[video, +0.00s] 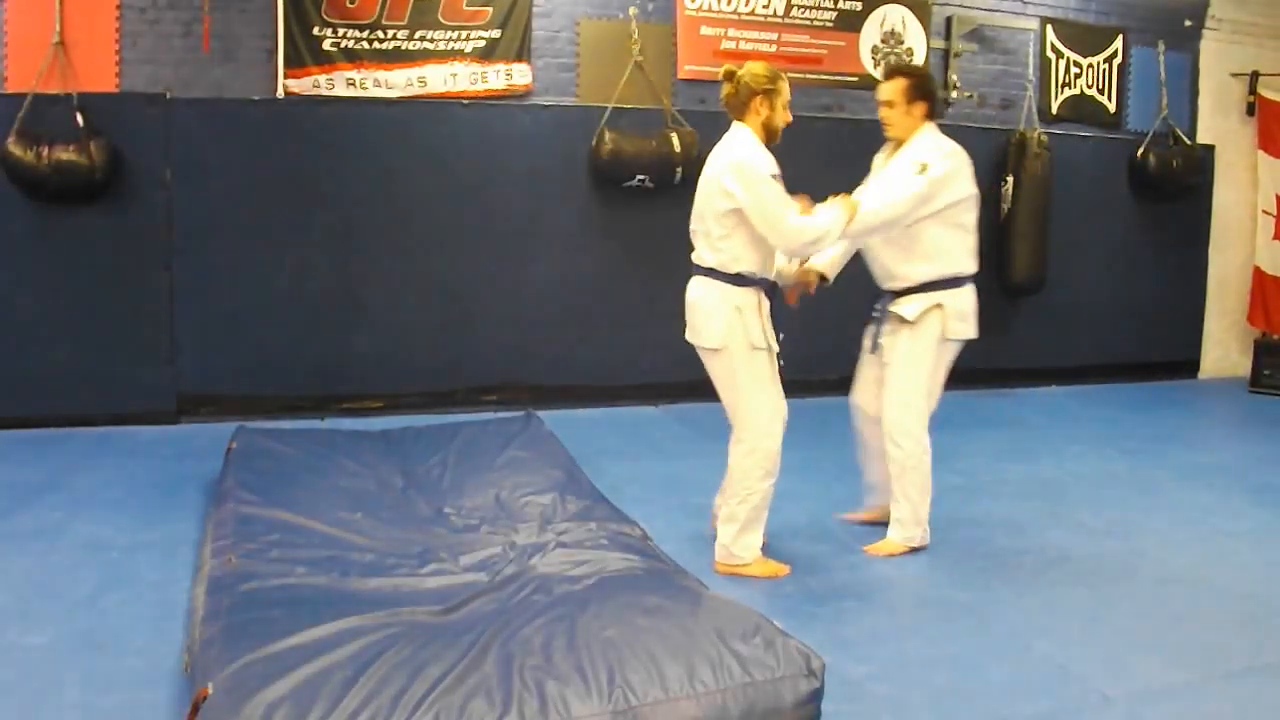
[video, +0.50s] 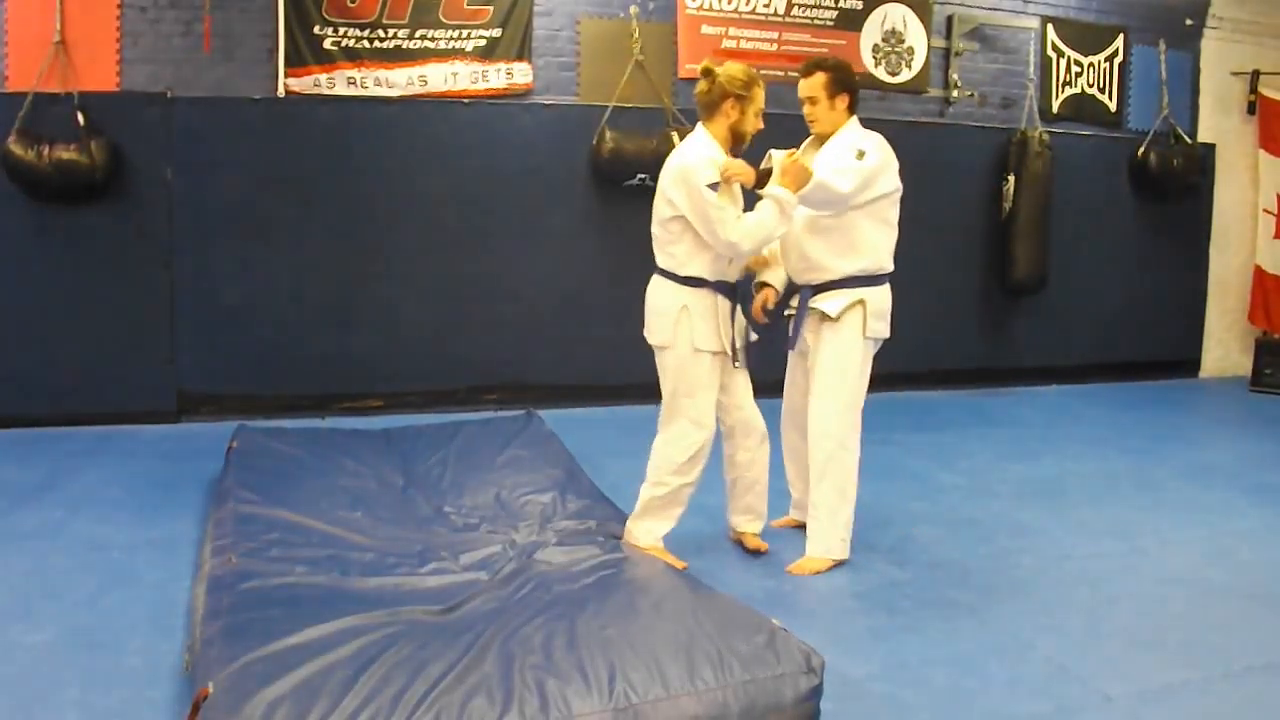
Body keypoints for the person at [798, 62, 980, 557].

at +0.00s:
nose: (881, 114)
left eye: (890, 105)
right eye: (880, 105)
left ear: (921, 108)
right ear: (887, 108)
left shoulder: (941, 158)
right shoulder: (889, 158)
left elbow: (881, 211)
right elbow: (858, 219)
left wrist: (820, 219)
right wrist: (819, 268)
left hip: (937, 304)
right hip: (899, 302)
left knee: (904, 414)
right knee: (868, 403)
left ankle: (911, 530)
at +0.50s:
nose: (805, 112)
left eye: (812, 103)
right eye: (802, 104)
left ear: (843, 101)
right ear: (810, 104)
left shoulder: (871, 149)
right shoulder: (806, 153)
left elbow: (830, 189)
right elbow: (780, 219)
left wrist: (761, 172)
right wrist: (770, 281)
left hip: (853, 303)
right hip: (813, 302)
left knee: (833, 421)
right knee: (798, 411)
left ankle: (832, 545)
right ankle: (806, 509)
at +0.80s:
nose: (806, 115)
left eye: (815, 106)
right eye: (803, 106)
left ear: (845, 104)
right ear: (808, 106)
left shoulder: (882, 159)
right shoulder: (811, 156)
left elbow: (850, 222)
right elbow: (792, 221)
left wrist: (802, 215)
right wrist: (770, 280)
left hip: (858, 304)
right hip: (814, 303)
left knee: (838, 422)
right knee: (801, 411)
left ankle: (832, 545)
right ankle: (807, 507)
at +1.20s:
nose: (880, 119)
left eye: (888, 111)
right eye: (877, 111)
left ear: (918, 112)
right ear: (880, 113)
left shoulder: (949, 168)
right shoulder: (883, 162)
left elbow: (933, 240)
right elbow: (862, 227)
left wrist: (884, 287)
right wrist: (838, 275)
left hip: (924, 306)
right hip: (876, 301)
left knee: (906, 409)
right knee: (847, 403)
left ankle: (967, 498)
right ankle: (823, 504)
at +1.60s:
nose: (977, 116)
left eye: (987, 108)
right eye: (975, 107)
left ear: (1014, 114)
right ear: (974, 110)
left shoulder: (1044, 168)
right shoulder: (970, 162)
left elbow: (1047, 240)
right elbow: (952, 226)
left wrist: (996, 283)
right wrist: (941, 279)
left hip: (1016, 297)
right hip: (969, 293)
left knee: (991, 401)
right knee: (958, 391)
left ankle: (980, 508)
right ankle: (1014, 459)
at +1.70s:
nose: (993, 126)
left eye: (1003, 118)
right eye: (990, 117)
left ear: (1029, 123)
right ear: (985, 121)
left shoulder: (1060, 176)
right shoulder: (981, 175)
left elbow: (1074, 243)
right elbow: (961, 234)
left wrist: (1033, 292)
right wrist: (949, 288)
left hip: (1040, 304)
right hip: (993, 301)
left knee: (1008, 400)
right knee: (1009, 394)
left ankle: (980, 507)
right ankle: (1034, 474)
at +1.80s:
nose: (1007, 126)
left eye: (1017, 118)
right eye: (1003, 117)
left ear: (1042, 120)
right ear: (1000, 120)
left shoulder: (1079, 173)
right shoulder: (998, 174)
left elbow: (1085, 244)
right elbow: (978, 237)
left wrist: (1067, 303)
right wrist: (959, 294)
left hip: (1054, 297)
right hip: (1009, 296)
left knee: (1028, 397)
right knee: (1018, 394)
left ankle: (1003, 498)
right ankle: (1038, 472)